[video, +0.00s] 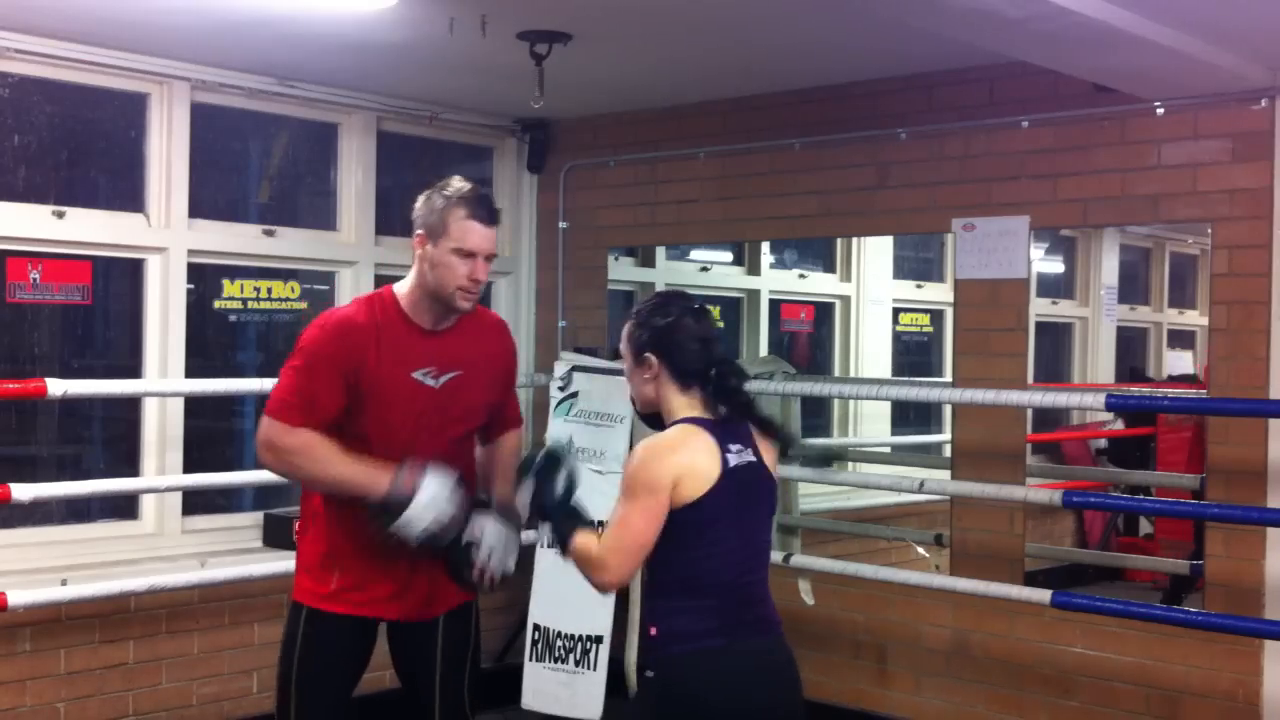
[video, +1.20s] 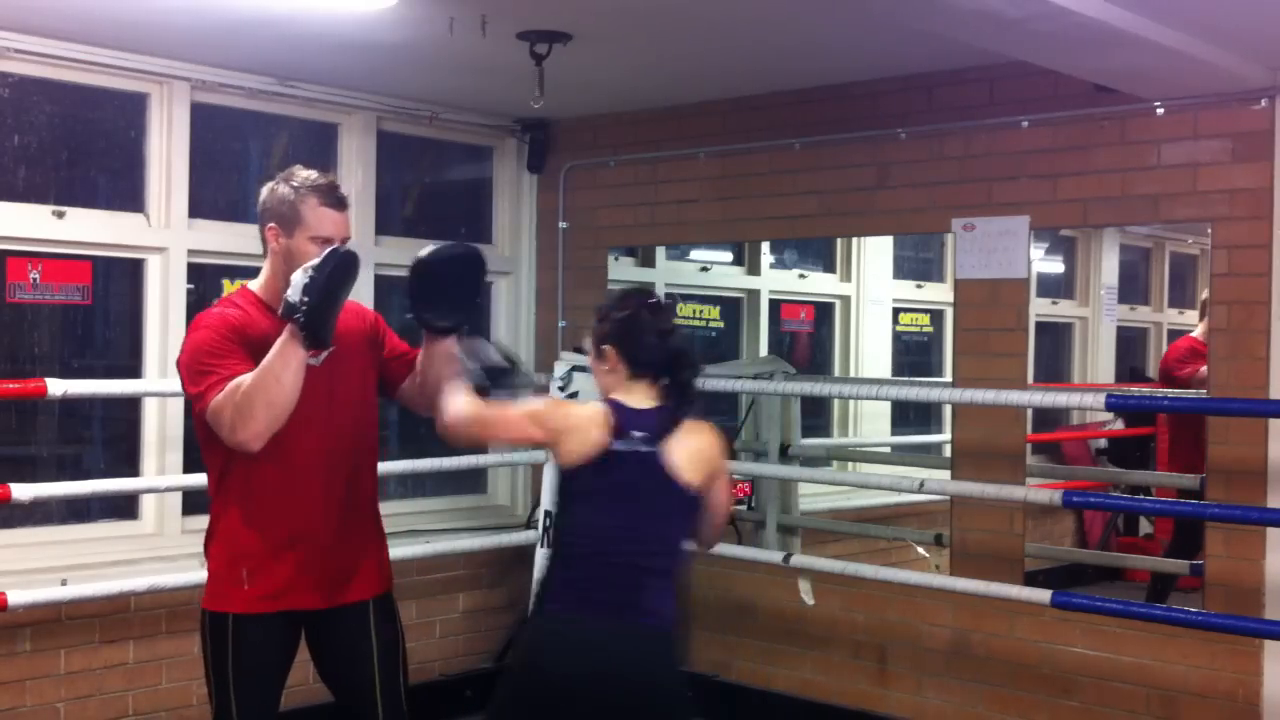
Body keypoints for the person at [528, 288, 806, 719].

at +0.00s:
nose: (626, 375)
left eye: (625, 362)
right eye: (623, 362)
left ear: (650, 367)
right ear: (704, 361)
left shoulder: (659, 455)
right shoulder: (758, 443)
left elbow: (609, 571)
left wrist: (559, 514)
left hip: (685, 679)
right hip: (764, 671)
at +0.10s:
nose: (631, 372)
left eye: (633, 358)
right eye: (630, 358)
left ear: (661, 363)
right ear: (709, 360)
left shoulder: (663, 446)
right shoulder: (755, 439)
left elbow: (590, 546)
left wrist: (576, 465)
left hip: (685, 678)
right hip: (760, 668)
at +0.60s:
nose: (677, 368)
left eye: (680, 353)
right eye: (677, 354)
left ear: (713, 351)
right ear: (757, 349)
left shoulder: (705, 426)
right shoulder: (799, 429)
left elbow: (639, 526)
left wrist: (630, 443)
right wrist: (682, 425)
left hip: (721, 664)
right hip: (794, 654)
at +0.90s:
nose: (653, 375)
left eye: (653, 361)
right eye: (649, 362)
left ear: (677, 357)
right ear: (724, 354)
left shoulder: (689, 429)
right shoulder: (756, 433)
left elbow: (614, 491)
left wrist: (576, 453)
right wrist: (637, 449)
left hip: (672, 658)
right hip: (740, 656)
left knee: (584, 709)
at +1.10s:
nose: (611, 373)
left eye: (611, 361)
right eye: (608, 362)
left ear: (632, 358)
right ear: (685, 356)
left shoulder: (603, 415)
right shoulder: (727, 439)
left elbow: (489, 418)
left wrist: (503, 375)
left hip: (602, 659)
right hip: (687, 665)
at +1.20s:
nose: (593, 366)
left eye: (594, 356)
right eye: (593, 355)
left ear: (611, 360)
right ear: (667, 361)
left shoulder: (571, 420)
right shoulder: (704, 442)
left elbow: (460, 419)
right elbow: (709, 533)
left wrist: (456, 374)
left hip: (562, 635)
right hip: (647, 647)